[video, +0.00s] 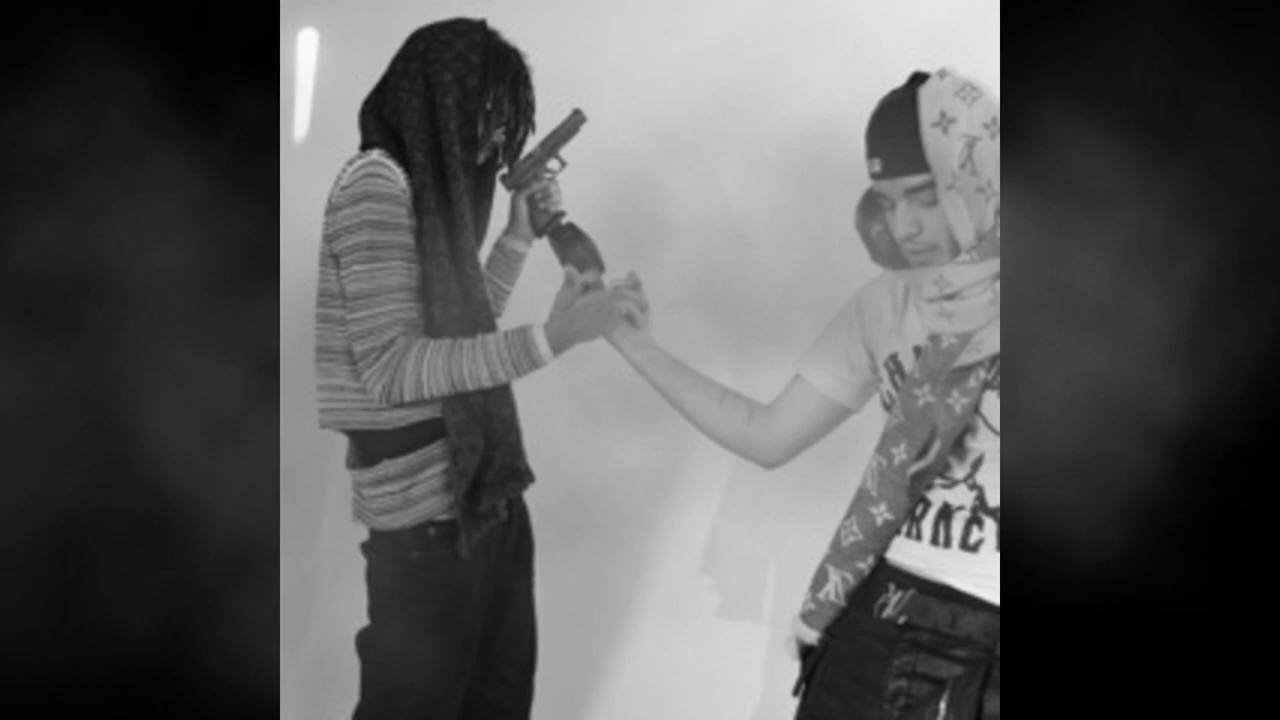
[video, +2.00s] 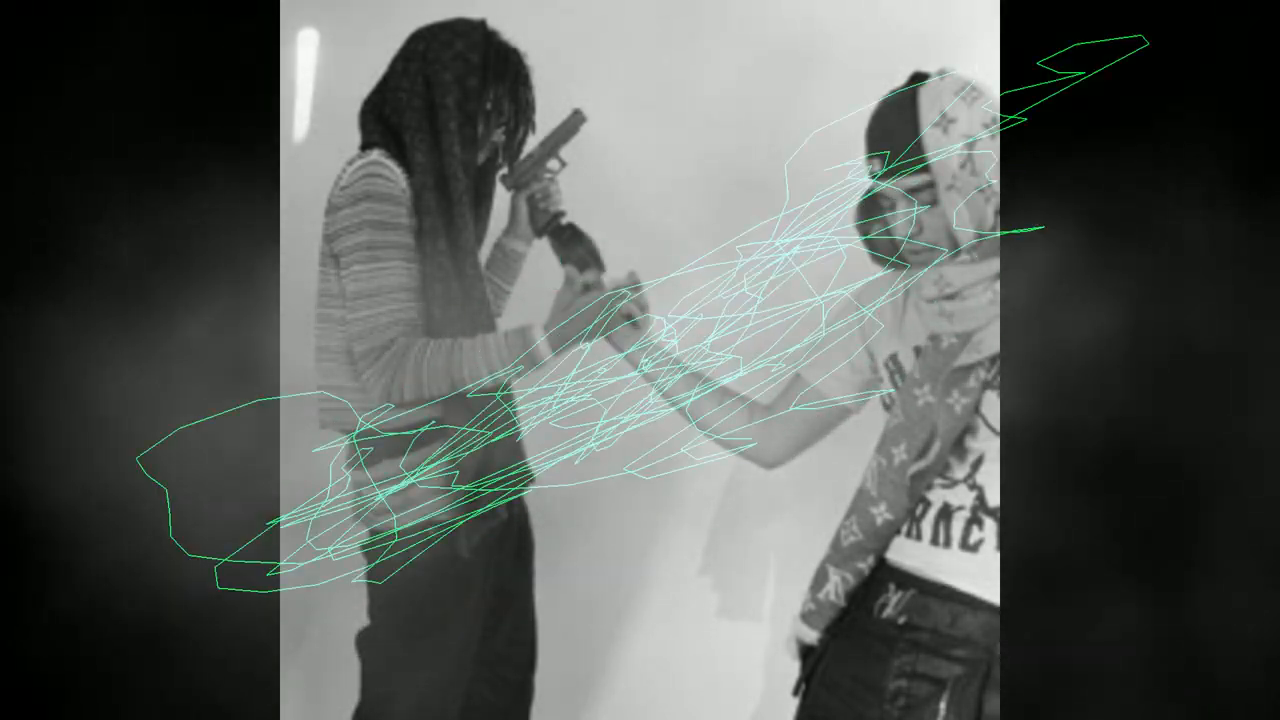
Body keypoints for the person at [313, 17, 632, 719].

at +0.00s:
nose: (498, 144)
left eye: (505, 126)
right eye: (493, 120)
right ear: (450, 107)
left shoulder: (427, 192)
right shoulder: (376, 183)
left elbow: (465, 332)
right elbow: (388, 368)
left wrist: (518, 235)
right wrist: (551, 338)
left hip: (488, 505)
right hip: (421, 522)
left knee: (500, 702)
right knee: (411, 705)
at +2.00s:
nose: (497, 145)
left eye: (504, 127)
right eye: (491, 122)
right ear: (447, 109)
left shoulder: (426, 192)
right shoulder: (377, 182)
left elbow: (461, 329)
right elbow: (388, 368)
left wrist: (518, 234)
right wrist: (548, 340)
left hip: (481, 479)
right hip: (423, 488)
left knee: (498, 688)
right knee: (417, 694)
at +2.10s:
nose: (498, 145)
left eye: (504, 126)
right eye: (492, 121)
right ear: (450, 108)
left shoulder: (428, 192)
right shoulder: (376, 182)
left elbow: (462, 330)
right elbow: (389, 368)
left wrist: (518, 235)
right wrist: (549, 338)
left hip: (486, 499)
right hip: (422, 516)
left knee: (499, 699)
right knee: (412, 704)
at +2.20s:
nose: (496, 143)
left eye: (503, 124)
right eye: (491, 119)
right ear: (450, 107)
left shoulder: (427, 190)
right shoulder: (376, 183)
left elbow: (463, 328)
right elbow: (386, 362)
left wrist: (518, 234)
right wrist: (535, 346)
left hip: (483, 497)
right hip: (421, 512)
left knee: (499, 698)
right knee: (412, 703)